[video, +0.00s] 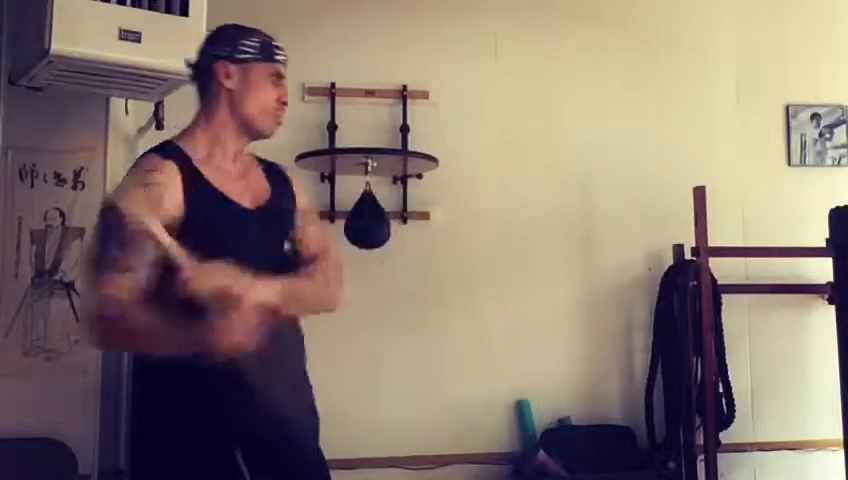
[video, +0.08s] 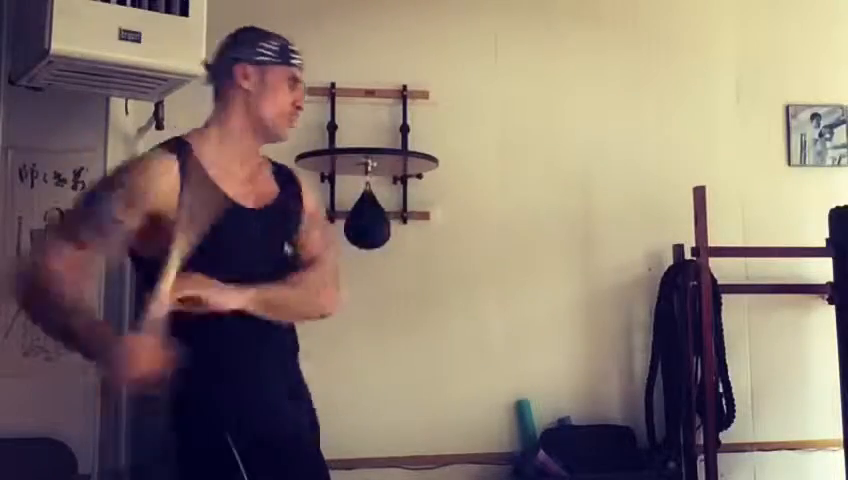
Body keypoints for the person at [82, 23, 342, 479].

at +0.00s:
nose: (285, 97)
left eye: (284, 83)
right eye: (274, 79)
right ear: (226, 75)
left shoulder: (284, 184)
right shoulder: (158, 178)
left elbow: (329, 289)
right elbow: (110, 317)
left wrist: (241, 285)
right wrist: (203, 335)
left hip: (282, 430)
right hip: (186, 436)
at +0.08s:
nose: (302, 99)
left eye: (301, 86)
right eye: (292, 82)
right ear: (244, 77)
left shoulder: (296, 189)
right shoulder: (162, 173)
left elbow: (324, 293)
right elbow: (51, 272)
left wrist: (238, 297)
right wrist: (110, 347)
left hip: (281, 412)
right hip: (189, 415)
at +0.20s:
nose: (318, 115)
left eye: (318, 101)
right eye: (310, 97)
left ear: (268, 90)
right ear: (265, 87)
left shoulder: (304, 197)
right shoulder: (172, 145)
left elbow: (317, 290)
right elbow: (76, 165)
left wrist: (223, 279)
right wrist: (62, 151)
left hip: (264, 408)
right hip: (174, 404)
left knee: (303, 474)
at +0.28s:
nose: (307, 119)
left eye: (308, 105)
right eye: (301, 100)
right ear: (262, 87)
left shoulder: (271, 192)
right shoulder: (184, 148)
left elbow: (320, 289)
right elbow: (243, 92)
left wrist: (276, 258)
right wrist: (347, 169)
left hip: (265, 407)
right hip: (192, 409)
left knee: (302, 472)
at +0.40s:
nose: (294, 106)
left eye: (295, 96)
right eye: (285, 90)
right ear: (243, 87)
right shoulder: (214, 137)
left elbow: (285, 304)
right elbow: (384, 140)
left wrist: (313, 243)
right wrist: (403, 260)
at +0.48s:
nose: (288, 113)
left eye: (289, 99)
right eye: (283, 95)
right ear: (244, 80)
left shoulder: (141, 174)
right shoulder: (271, 138)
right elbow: (384, 185)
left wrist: (313, 259)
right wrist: (362, 231)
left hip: (157, 412)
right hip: (250, 413)